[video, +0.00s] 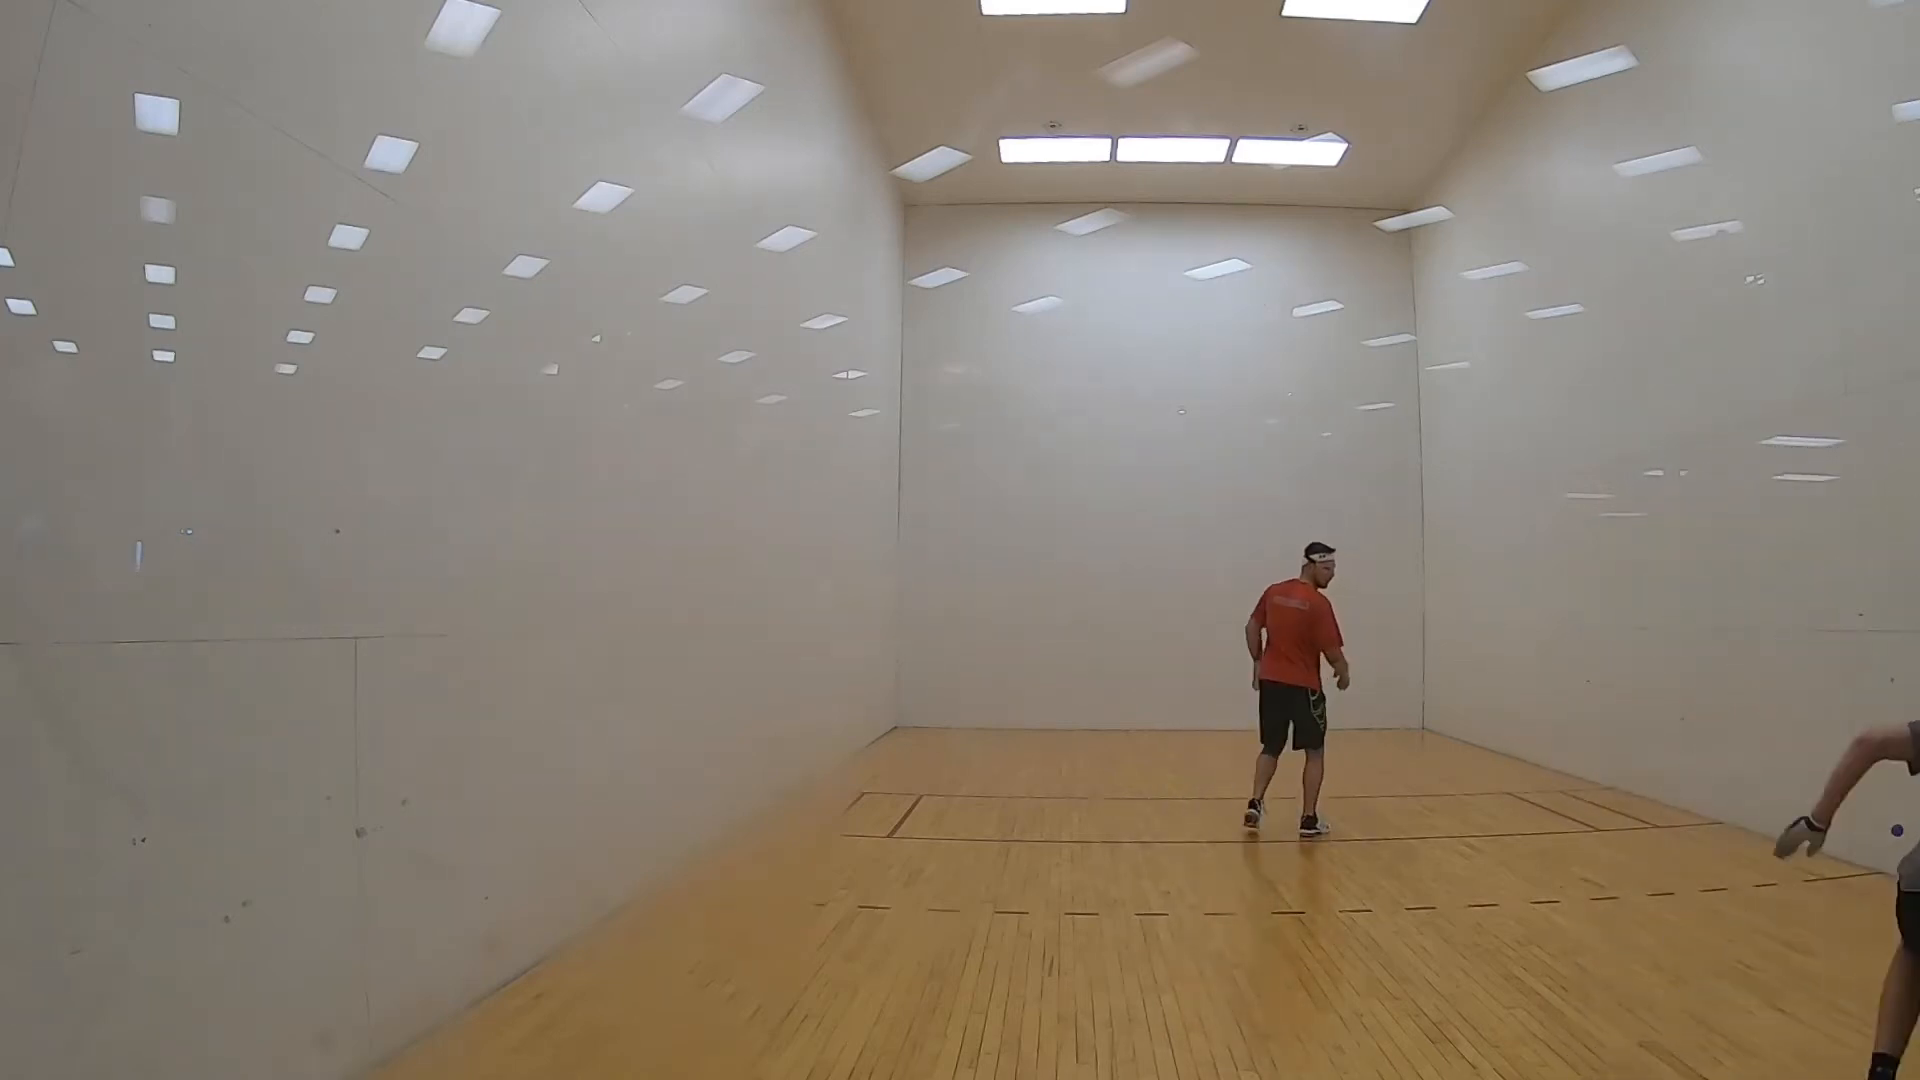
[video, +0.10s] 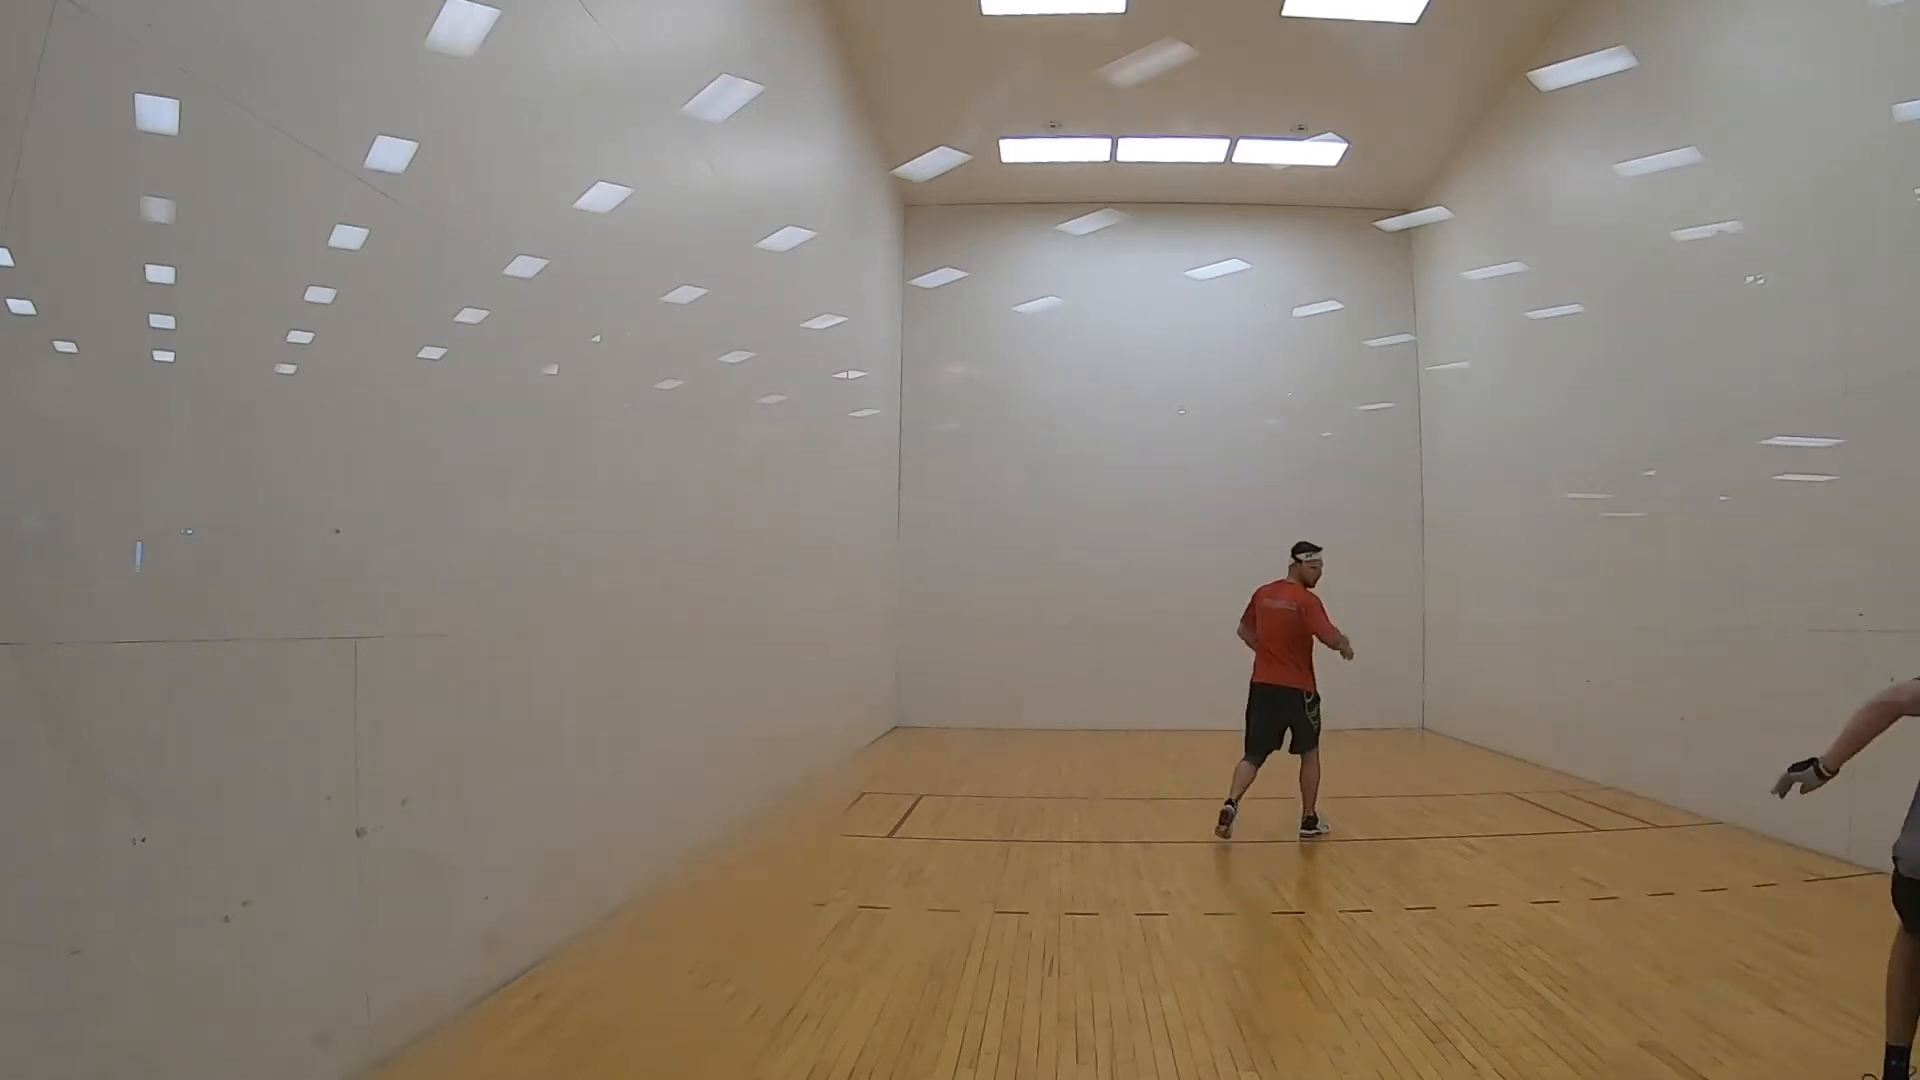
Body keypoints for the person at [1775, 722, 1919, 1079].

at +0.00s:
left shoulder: (1919, 740)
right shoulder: (1917, 739)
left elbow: (1870, 742)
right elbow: (1870, 742)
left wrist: (1818, 819)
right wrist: (1819, 819)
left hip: (1915, 880)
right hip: (1914, 880)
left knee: (1912, 950)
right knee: (1910, 950)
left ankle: (1883, 1069)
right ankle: (1883, 1068)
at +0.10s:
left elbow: (1890, 702)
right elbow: (1890, 701)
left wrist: (1827, 764)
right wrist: (1827, 765)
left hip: (1914, 865)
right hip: (1913, 866)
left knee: (1912, 935)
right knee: (1911, 935)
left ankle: (1897, 1067)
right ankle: (1897, 1065)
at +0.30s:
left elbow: (1904, 679)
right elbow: (1904, 678)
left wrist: (1838, 649)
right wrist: (1839, 648)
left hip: (1915, 827)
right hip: (1913, 824)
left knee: (1851, 921)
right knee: (1918, 989)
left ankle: (1890, 1066)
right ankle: (1892, 1065)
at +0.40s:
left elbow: (1895, 659)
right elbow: (1896, 663)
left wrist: (1876, 605)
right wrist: (1904, 577)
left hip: (1918, 792)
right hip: (1918, 788)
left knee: (1871, 909)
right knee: (1870, 909)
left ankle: (1897, 1064)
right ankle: (1897, 1063)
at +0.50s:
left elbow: (1900, 660)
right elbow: (1901, 661)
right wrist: (1836, 619)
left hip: (1918, 785)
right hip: (1918, 784)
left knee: (1900, 902)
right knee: (1899, 902)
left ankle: (1911, 1059)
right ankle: (1909, 1058)